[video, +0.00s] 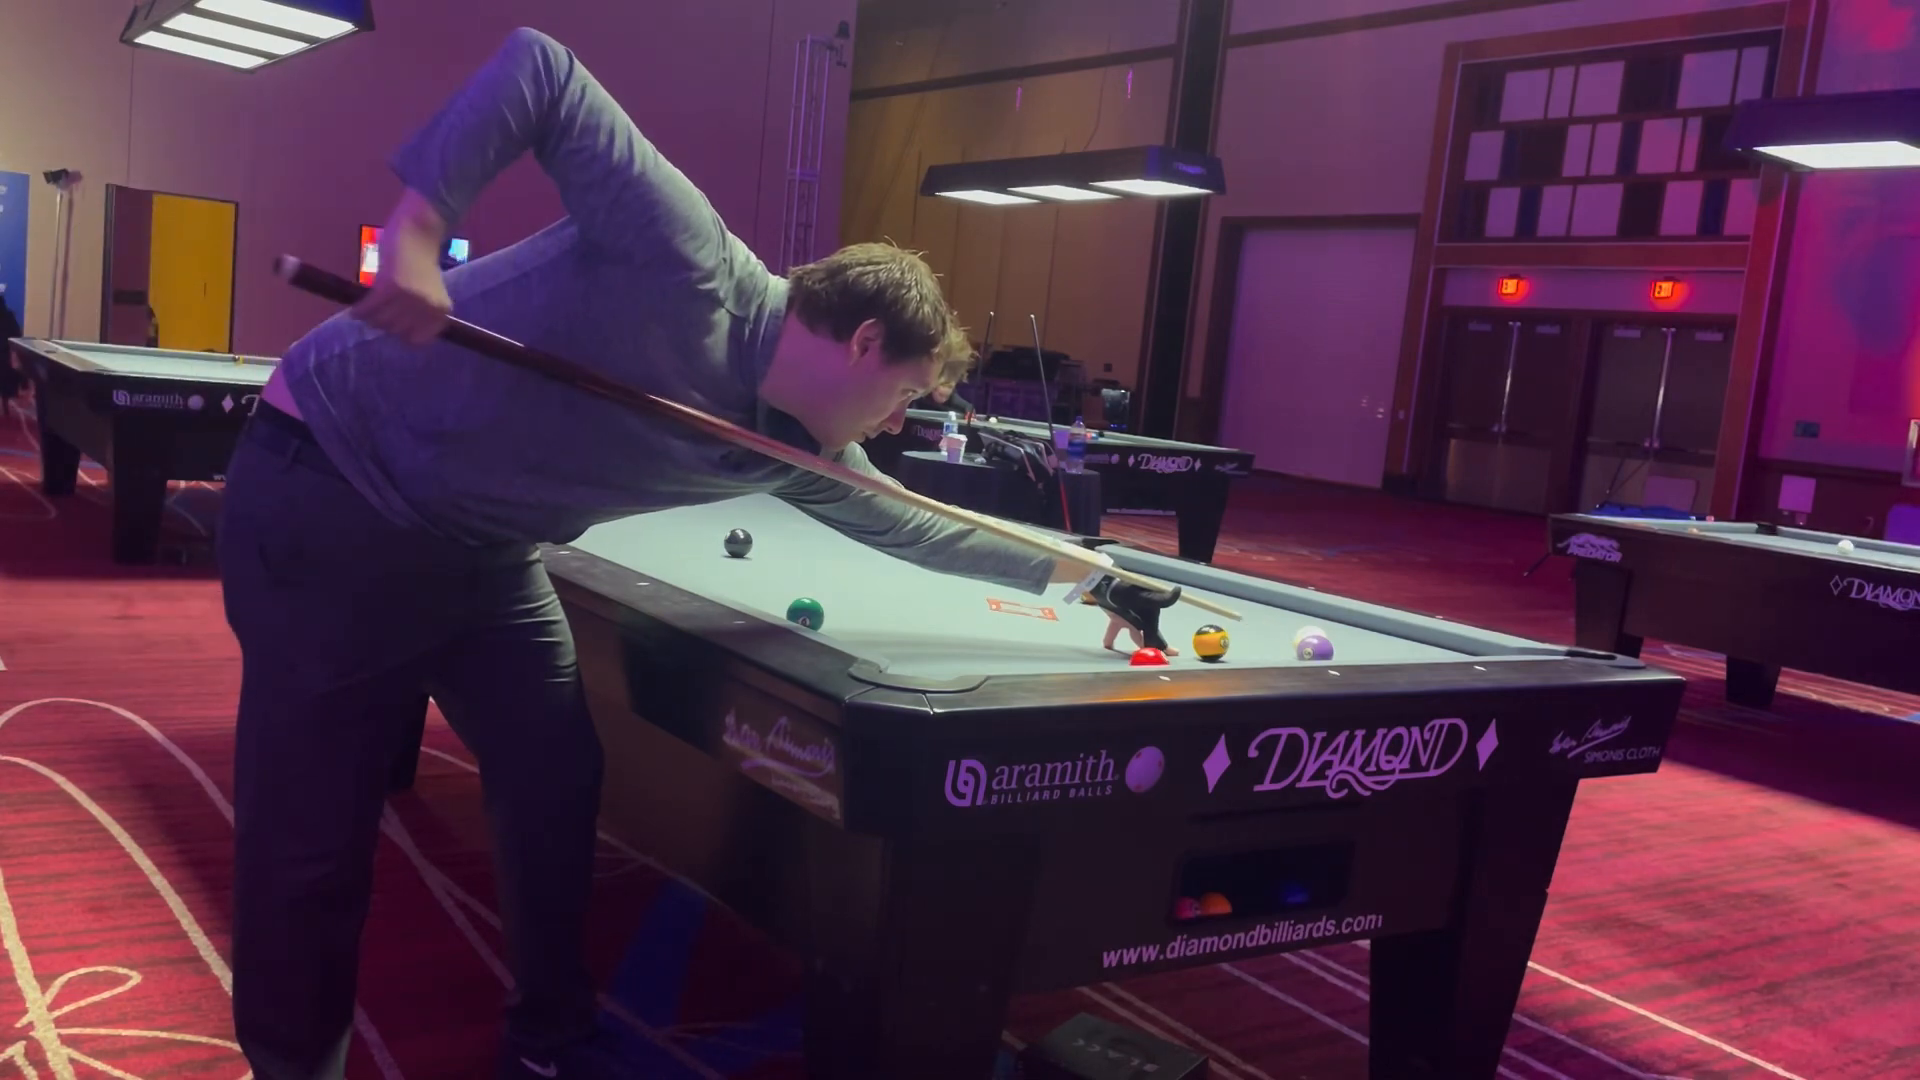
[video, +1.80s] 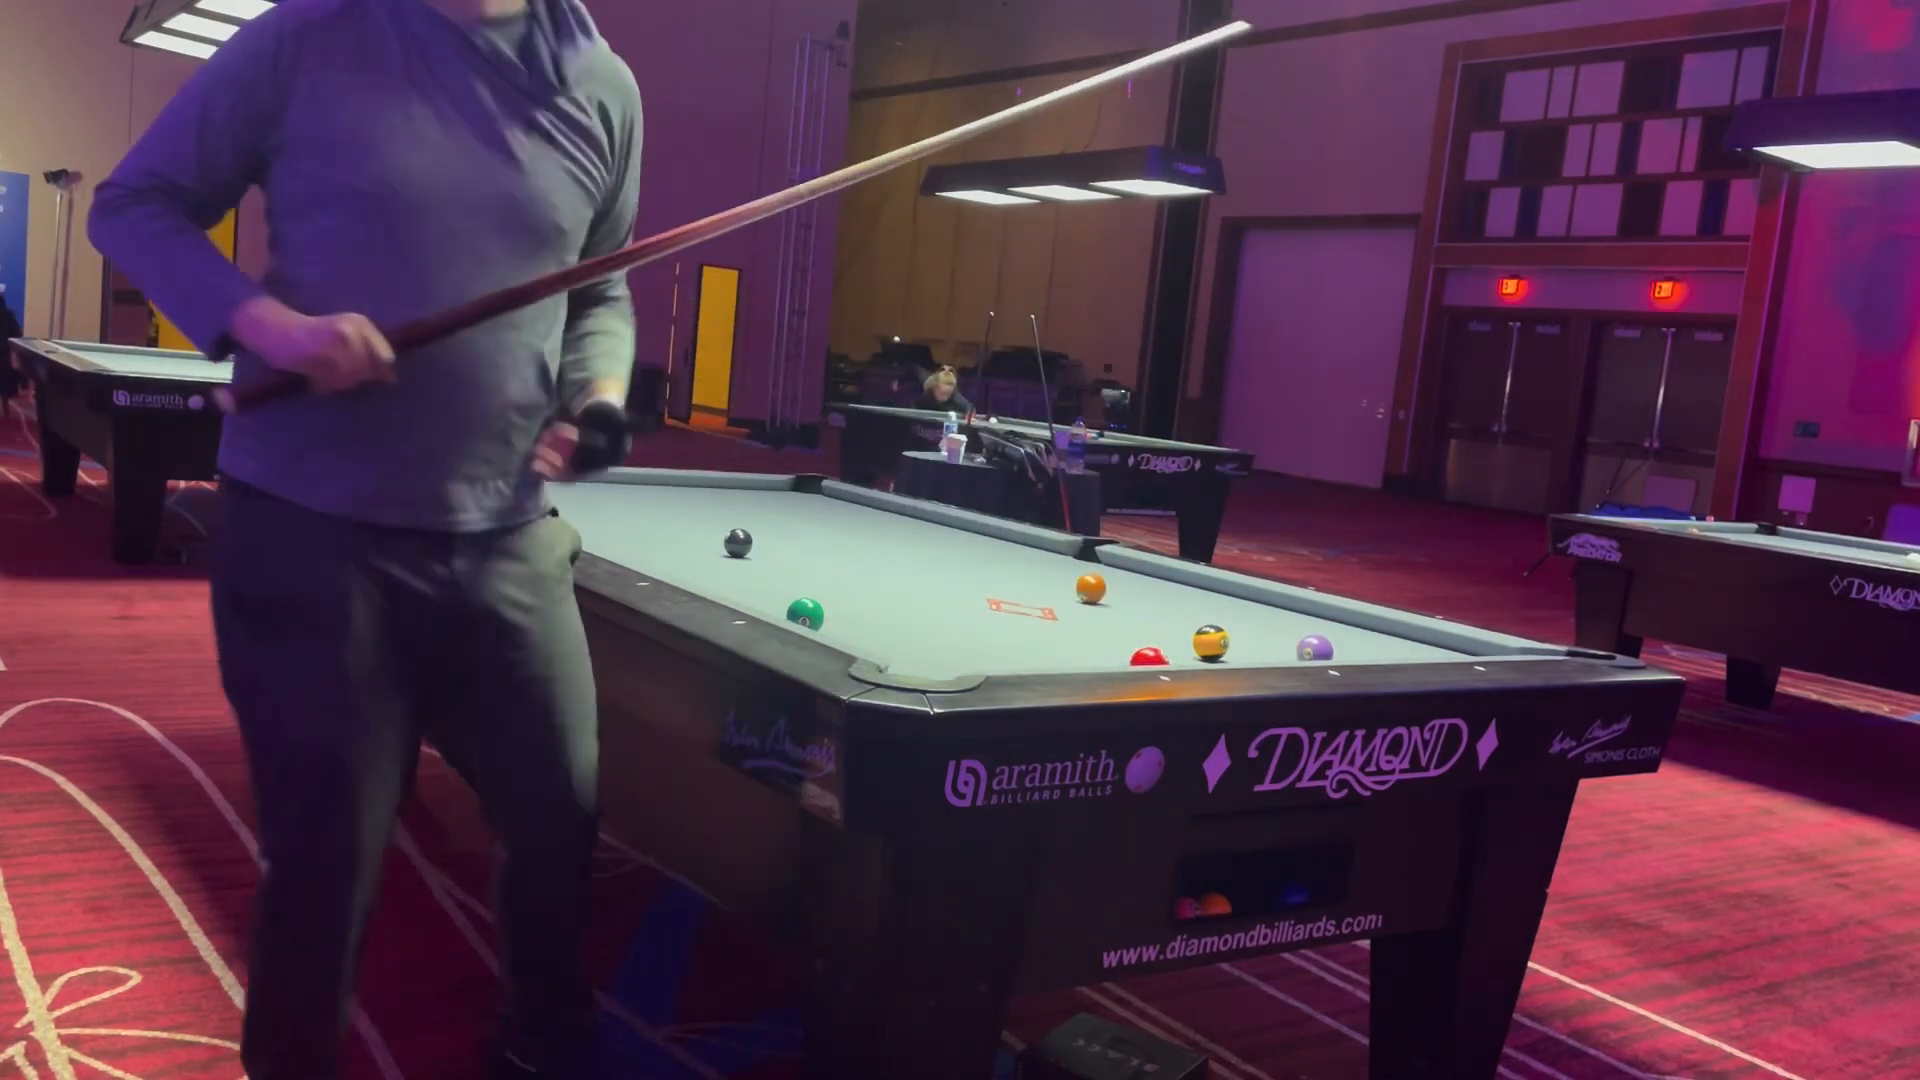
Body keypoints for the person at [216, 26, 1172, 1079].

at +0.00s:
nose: (891, 431)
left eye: (909, 411)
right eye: (903, 400)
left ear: (853, 347)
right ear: (860, 340)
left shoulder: (783, 437)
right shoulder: (682, 252)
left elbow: (911, 526)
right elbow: (536, 71)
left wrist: (1067, 563)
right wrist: (414, 229)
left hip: (485, 536)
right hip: (331, 478)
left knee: (553, 763)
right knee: (311, 826)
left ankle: (547, 1033)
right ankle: (294, 1056)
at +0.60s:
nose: (907, 379)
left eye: (919, 360)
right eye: (912, 351)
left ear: (854, 310)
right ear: (858, 302)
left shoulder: (795, 409)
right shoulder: (680, 261)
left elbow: (904, 503)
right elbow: (454, 176)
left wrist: (1074, 560)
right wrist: (511, 383)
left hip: (488, 534)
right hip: (336, 485)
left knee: (552, 768)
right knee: (316, 823)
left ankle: (551, 1033)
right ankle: (294, 1060)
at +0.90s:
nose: (888, 245)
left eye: (899, 223)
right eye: (883, 212)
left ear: (818, 187)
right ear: (810, 171)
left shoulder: (775, 320)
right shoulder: (631, 184)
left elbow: (879, 412)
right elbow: (393, 187)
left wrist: (1031, 480)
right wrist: (501, 364)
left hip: (488, 526)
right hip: (345, 488)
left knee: (547, 773)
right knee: (340, 820)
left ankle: (552, 1030)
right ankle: (304, 1063)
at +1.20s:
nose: (774, 154)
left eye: (800, 132)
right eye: (762, 113)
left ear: (814, 127)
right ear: (687, 61)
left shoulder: (722, 221)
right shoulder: (544, 122)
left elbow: (819, 293)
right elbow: (318, 197)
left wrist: (965, 326)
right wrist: (473, 346)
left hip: (507, 525)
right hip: (363, 501)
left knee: (558, 776)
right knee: (376, 802)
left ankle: (548, 1038)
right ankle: (312, 1063)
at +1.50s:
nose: (702, 63)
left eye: (730, 37)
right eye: (682, 21)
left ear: (745, 44)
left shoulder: (677, 165)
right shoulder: (469, 96)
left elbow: (717, 261)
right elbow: (261, 227)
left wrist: (872, 294)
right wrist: (439, 352)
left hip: (520, 522)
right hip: (375, 514)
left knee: (551, 791)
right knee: (390, 805)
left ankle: (548, 1032)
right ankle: (317, 1060)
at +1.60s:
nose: (630, 6)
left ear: (676, 12)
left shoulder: (643, 128)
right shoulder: (415, 81)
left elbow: (640, 272)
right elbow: (220, 222)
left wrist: (750, 342)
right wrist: (402, 345)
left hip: (526, 525)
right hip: (374, 522)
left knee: (545, 803)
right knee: (395, 818)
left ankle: (549, 1034)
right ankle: (320, 1064)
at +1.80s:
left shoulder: (603, 87)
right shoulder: (306, 37)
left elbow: (601, 284)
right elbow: (131, 204)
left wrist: (594, 394)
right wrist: (267, 323)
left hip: (512, 539)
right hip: (318, 533)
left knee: (562, 816)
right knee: (329, 871)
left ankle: (541, 1046)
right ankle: (292, 1062)